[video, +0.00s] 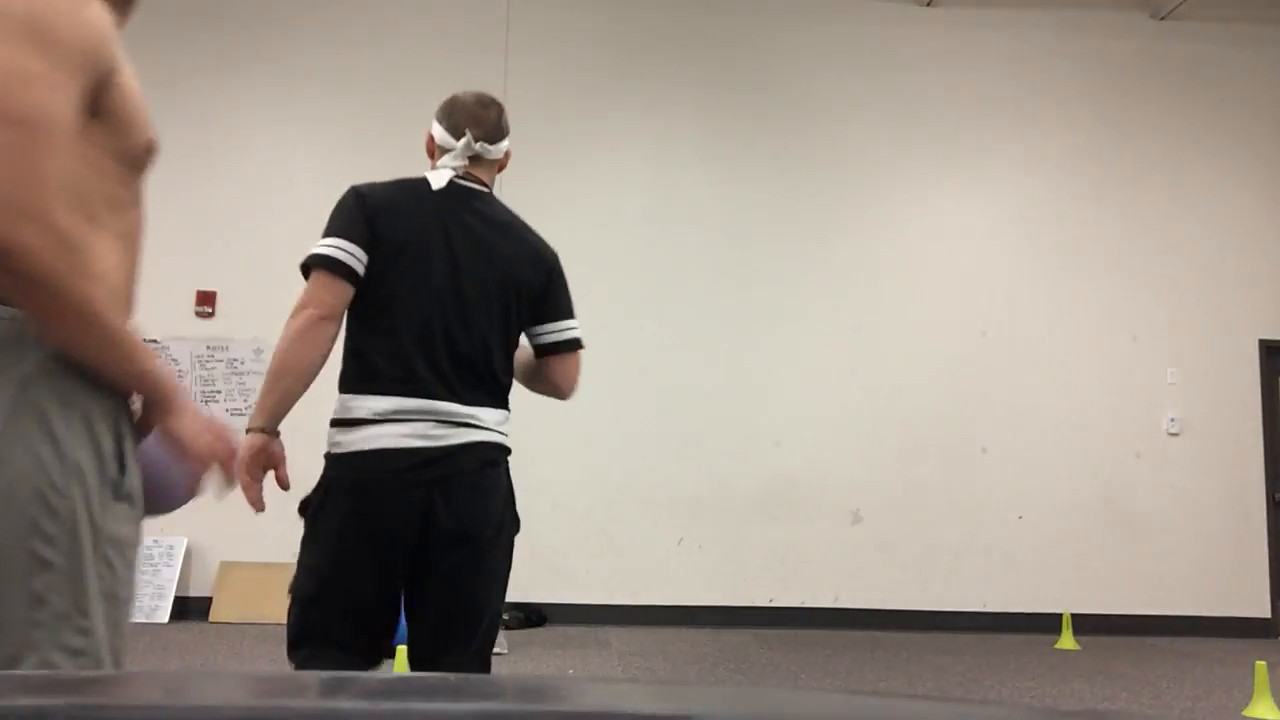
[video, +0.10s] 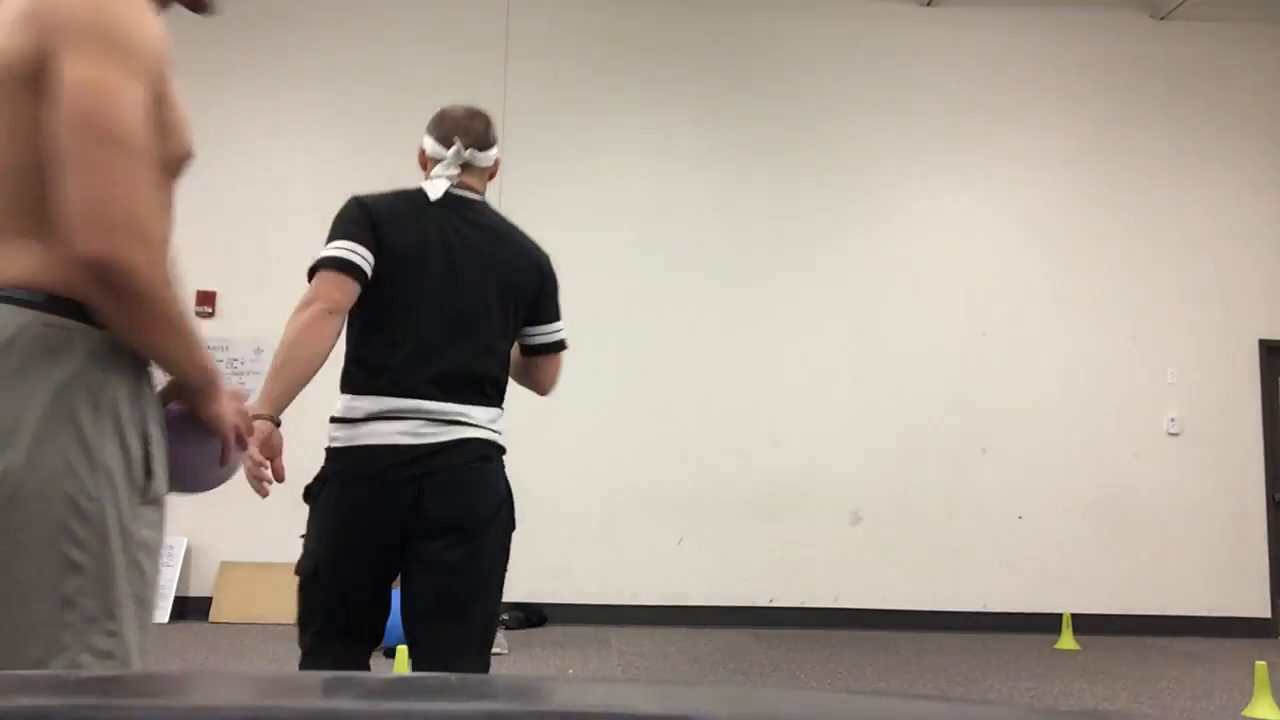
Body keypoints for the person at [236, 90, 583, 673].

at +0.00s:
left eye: (427, 142)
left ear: (428, 146)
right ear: (504, 162)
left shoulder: (370, 205)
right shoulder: (530, 249)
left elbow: (319, 313)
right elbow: (561, 380)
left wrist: (263, 425)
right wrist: (503, 351)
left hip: (365, 485)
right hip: (475, 490)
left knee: (329, 676)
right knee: (456, 685)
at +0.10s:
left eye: (422, 153)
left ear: (420, 159)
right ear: (493, 170)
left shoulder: (371, 214)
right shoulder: (525, 254)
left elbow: (327, 307)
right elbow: (543, 376)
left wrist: (265, 412)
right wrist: (490, 335)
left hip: (361, 481)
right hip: (469, 485)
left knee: (331, 670)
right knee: (454, 681)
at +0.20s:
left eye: (415, 175)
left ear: (410, 180)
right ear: (481, 188)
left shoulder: (367, 234)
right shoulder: (514, 268)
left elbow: (328, 317)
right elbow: (526, 378)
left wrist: (268, 417)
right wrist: (475, 338)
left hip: (362, 488)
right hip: (464, 490)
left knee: (342, 674)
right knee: (450, 680)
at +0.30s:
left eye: (405, 195)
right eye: (459, 199)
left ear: (400, 198)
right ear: (468, 204)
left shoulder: (357, 254)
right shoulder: (501, 280)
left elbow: (318, 343)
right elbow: (508, 382)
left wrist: (270, 437)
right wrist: (465, 331)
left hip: (358, 491)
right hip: (455, 492)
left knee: (349, 671)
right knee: (447, 675)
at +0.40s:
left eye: (396, 202)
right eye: (452, 208)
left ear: (392, 203)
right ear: (456, 209)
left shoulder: (344, 261)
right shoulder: (488, 280)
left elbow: (309, 359)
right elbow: (493, 376)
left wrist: (267, 452)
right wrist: (450, 327)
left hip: (352, 485)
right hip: (444, 486)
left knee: (344, 655)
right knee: (444, 655)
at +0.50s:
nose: (443, 220)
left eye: (389, 209)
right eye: (449, 214)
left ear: (387, 210)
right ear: (450, 214)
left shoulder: (341, 266)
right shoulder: (477, 281)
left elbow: (304, 361)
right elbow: (488, 371)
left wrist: (269, 453)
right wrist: (433, 341)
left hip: (344, 485)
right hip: (433, 486)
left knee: (343, 646)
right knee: (443, 641)